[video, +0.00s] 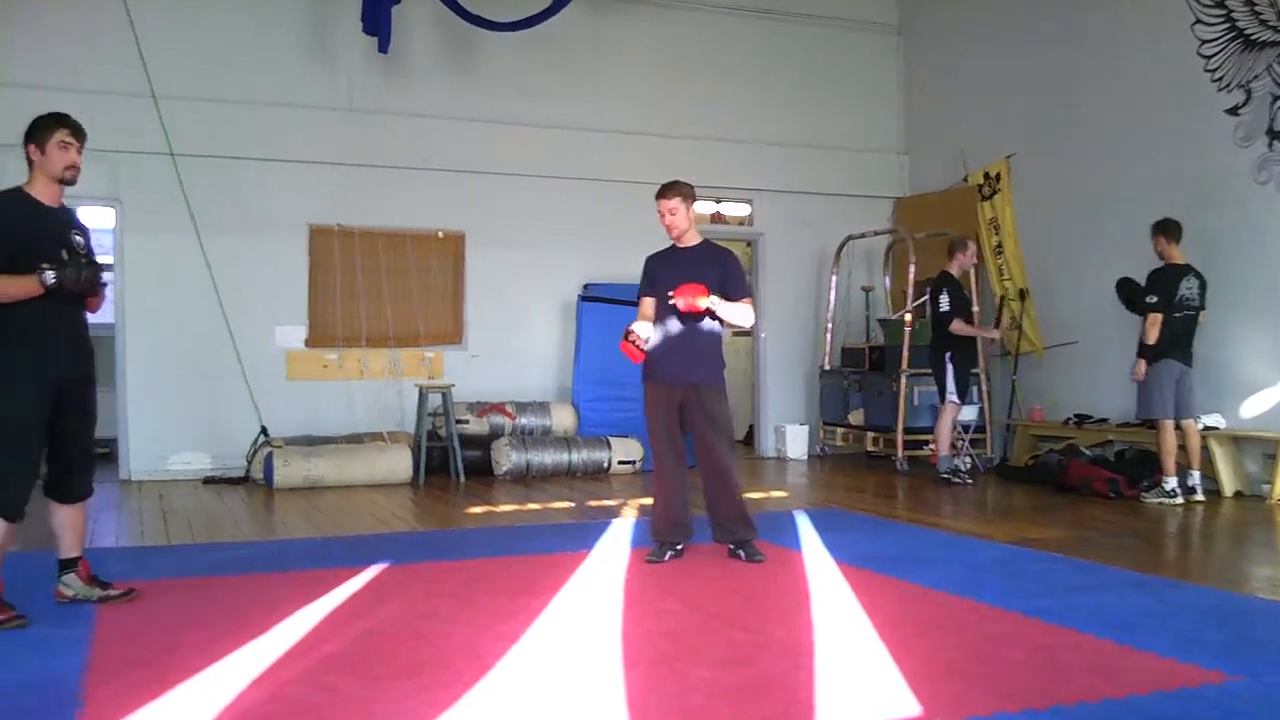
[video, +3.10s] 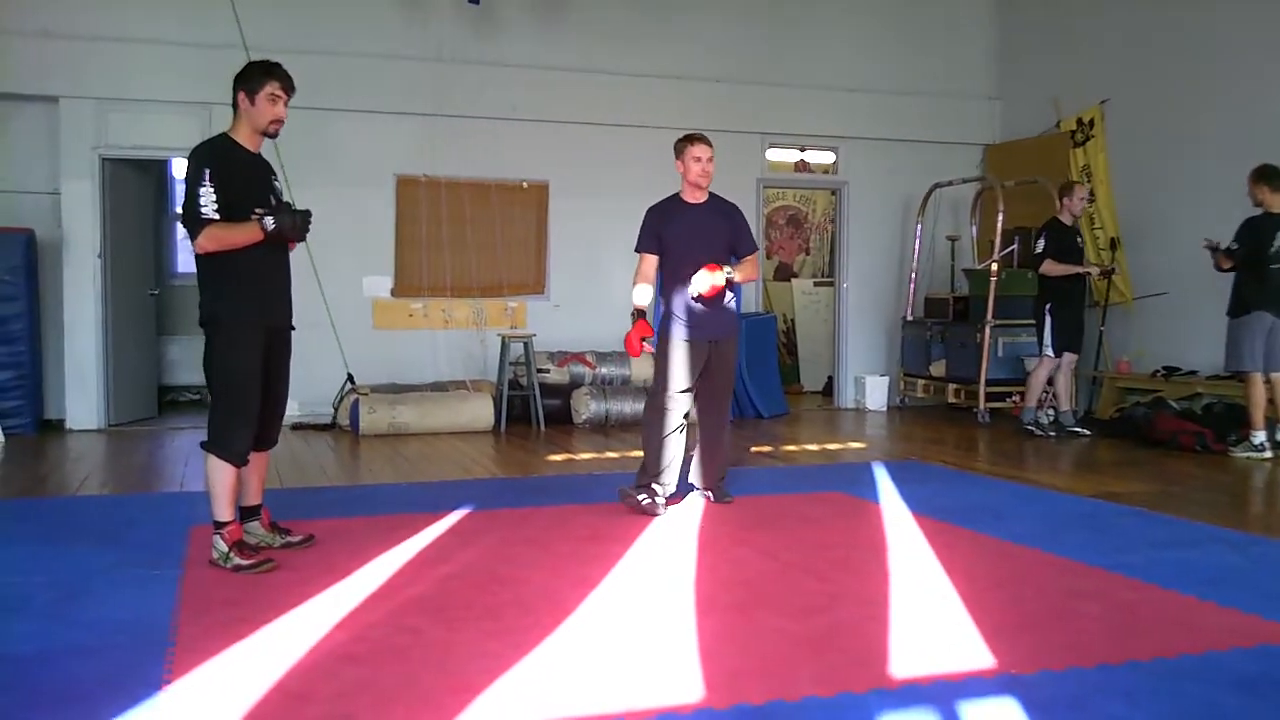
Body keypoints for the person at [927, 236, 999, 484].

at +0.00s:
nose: (975, 260)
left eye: (975, 255)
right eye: (972, 255)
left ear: (958, 256)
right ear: (959, 256)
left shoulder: (955, 284)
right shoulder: (945, 284)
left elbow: (958, 322)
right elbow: (951, 324)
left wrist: (982, 330)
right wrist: (985, 333)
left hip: (956, 351)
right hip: (947, 352)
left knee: (951, 406)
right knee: (951, 405)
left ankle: (946, 460)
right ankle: (944, 463)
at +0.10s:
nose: (1008, 266)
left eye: (1009, 261)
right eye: (1005, 261)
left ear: (993, 261)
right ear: (992, 261)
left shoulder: (989, 289)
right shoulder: (976, 287)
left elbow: (995, 324)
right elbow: (981, 327)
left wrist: (1022, 327)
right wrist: (1016, 334)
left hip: (990, 357)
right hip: (979, 357)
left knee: (983, 412)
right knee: (981, 411)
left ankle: (977, 466)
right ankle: (975, 469)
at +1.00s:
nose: (1038, 271)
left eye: (1040, 267)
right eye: (1035, 266)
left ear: (1024, 266)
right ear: (1020, 264)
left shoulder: (1021, 290)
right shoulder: (1005, 288)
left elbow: (1023, 322)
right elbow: (1000, 325)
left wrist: (1049, 324)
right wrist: (1035, 324)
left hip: (1020, 361)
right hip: (1007, 361)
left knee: (1012, 415)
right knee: (1008, 415)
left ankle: (1005, 468)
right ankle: (1001, 471)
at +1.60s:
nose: (1041, 255)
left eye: (1042, 250)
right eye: (1037, 249)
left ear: (1027, 252)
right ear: (1021, 251)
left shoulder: (1026, 281)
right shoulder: (1009, 278)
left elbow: (1025, 313)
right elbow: (1005, 315)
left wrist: (1051, 314)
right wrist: (1040, 315)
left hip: (1024, 351)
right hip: (1011, 350)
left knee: (1014, 405)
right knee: (1012, 405)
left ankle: (1007, 459)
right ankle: (1005, 462)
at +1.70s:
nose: (1033, 230)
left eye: (1035, 225)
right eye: (1029, 225)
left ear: (1020, 228)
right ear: (1014, 226)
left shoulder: (1019, 256)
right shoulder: (1001, 253)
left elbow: (1017, 287)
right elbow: (998, 290)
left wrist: (1041, 289)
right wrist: (1032, 290)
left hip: (1017, 324)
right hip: (1004, 324)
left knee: (1007, 377)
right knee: (1005, 377)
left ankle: (998, 429)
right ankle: (998, 432)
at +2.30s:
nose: (1053, 208)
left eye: (1054, 203)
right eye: (1049, 203)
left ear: (1048, 206)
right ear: (1033, 204)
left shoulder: (1039, 237)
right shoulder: (1020, 233)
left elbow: (1036, 270)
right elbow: (1015, 271)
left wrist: (1060, 272)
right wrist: (1050, 273)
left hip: (1039, 307)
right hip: (1022, 307)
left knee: (1041, 362)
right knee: (1024, 362)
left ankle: (1026, 415)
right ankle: (1013, 420)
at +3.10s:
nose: (1085, 205)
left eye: (1086, 200)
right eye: (1081, 200)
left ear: (1077, 203)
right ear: (1065, 201)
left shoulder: (1076, 233)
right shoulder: (1049, 229)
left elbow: (1074, 266)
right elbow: (1042, 266)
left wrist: (1097, 270)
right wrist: (1081, 270)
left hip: (1072, 304)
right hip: (1052, 304)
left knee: (1068, 359)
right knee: (1049, 359)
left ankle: (1065, 417)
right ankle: (1028, 416)